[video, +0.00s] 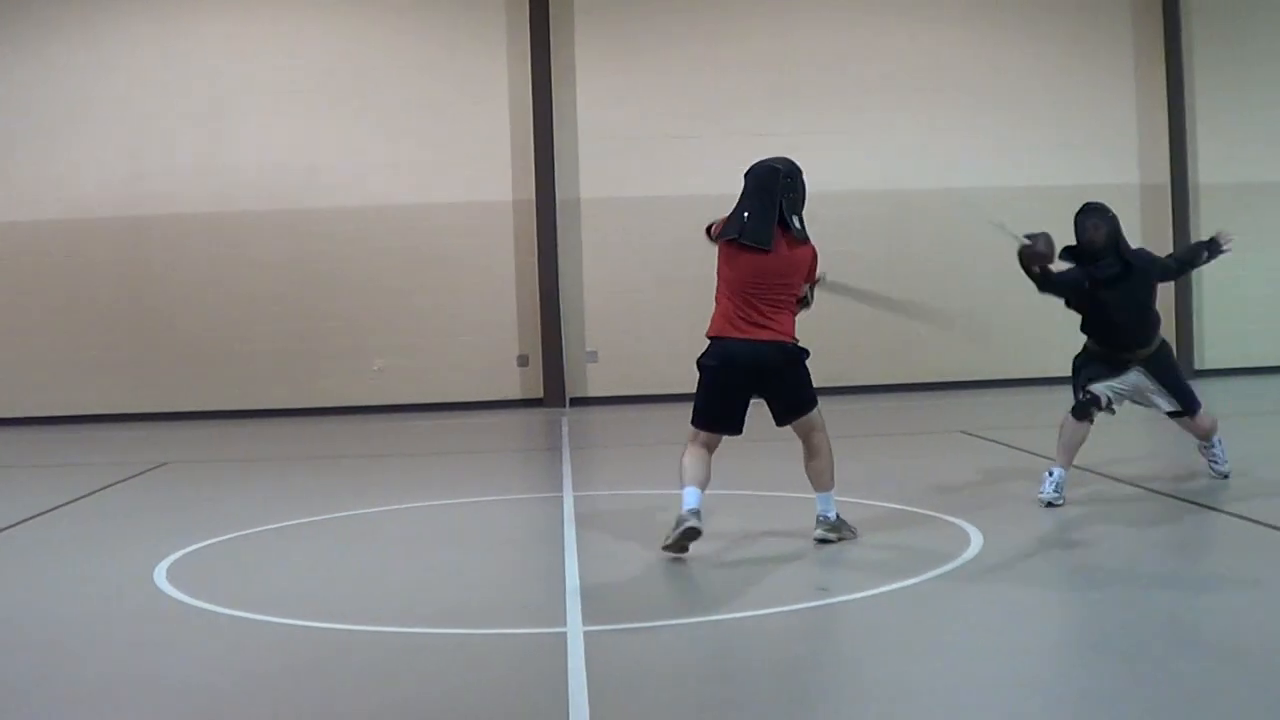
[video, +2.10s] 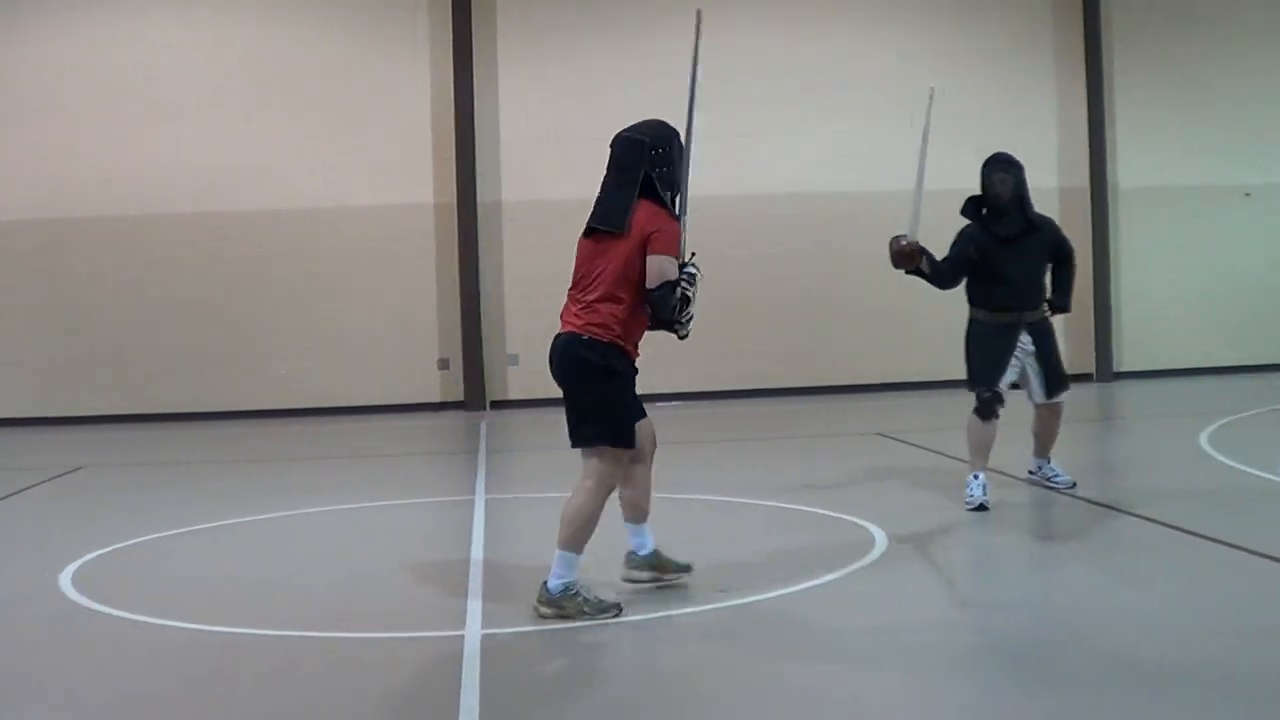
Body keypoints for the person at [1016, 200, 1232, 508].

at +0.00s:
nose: (1090, 235)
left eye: (1096, 227)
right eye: (1084, 229)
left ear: (1112, 229)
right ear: (1077, 236)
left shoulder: (1141, 264)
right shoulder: (1079, 277)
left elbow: (1176, 265)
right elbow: (1046, 283)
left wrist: (1208, 248)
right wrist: (1032, 263)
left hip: (1150, 356)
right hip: (1101, 359)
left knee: (1200, 425)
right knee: (1085, 406)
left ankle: (1211, 445)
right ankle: (1057, 476)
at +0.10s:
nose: (1090, 235)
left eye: (1096, 228)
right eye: (1084, 229)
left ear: (1110, 231)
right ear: (1076, 234)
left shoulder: (1136, 263)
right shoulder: (1075, 274)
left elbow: (1171, 279)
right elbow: (1055, 324)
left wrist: (1209, 273)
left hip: (1148, 356)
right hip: (1099, 357)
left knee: (1195, 428)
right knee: (1079, 401)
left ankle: (1196, 450)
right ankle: (1056, 475)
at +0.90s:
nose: (1106, 200)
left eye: (1113, 193)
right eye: (1102, 195)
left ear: (1132, 196)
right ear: (1099, 202)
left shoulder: (1165, 238)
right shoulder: (1099, 250)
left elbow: (1204, 266)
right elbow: (1068, 291)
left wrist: (1223, 248)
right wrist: (1025, 276)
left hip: (1167, 334)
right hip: (1118, 336)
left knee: (1191, 404)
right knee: (1091, 399)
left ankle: (1179, 458)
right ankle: (1063, 468)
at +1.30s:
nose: (1068, 191)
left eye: (1075, 184)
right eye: (1064, 185)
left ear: (1094, 185)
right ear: (1059, 191)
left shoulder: (1125, 226)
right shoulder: (1056, 238)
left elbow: (1157, 257)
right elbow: (1028, 280)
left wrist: (1176, 257)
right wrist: (988, 265)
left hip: (1127, 320)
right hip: (1078, 325)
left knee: (1155, 396)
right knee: (1065, 397)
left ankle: (1127, 454)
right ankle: (1049, 473)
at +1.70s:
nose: (1061, 188)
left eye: (1068, 181)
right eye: (1056, 182)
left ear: (1085, 183)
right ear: (1049, 186)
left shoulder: (1115, 221)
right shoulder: (1047, 233)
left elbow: (1147, 245)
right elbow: (1020, 276)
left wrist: (1147, 290)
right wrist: (986, 261)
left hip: (1112, 320)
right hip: (1066, 321)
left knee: (1121, 398)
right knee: (1048, 388)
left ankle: (1094, 463)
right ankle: (1031, 465)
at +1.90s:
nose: (1035, 188)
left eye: (1042, 182)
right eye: (1030, 182)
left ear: (1058, 184)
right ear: (1022, 188)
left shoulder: (1083, 226)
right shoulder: (1016, 235)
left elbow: (1112, 253)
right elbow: (986, 277)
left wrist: (1108, 293)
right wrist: (955, 259)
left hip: (1080, 323)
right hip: (1034, 326)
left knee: (1094, 397)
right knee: (1025, 399)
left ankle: (1069, 465)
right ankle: (1004, 475)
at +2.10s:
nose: (1000, 185)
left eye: (1006, 178)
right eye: (994, 179)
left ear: (1020, 183)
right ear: (984, 186)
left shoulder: (1042, 228)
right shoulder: (975, 234)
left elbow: (1064, 257)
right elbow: (947, 277)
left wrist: (1059, 299)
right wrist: (921, 261)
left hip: (1035, 324)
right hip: (990, 327)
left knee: (1051, 396)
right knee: (988, 401)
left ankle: (1041, 465)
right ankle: (977, 478)